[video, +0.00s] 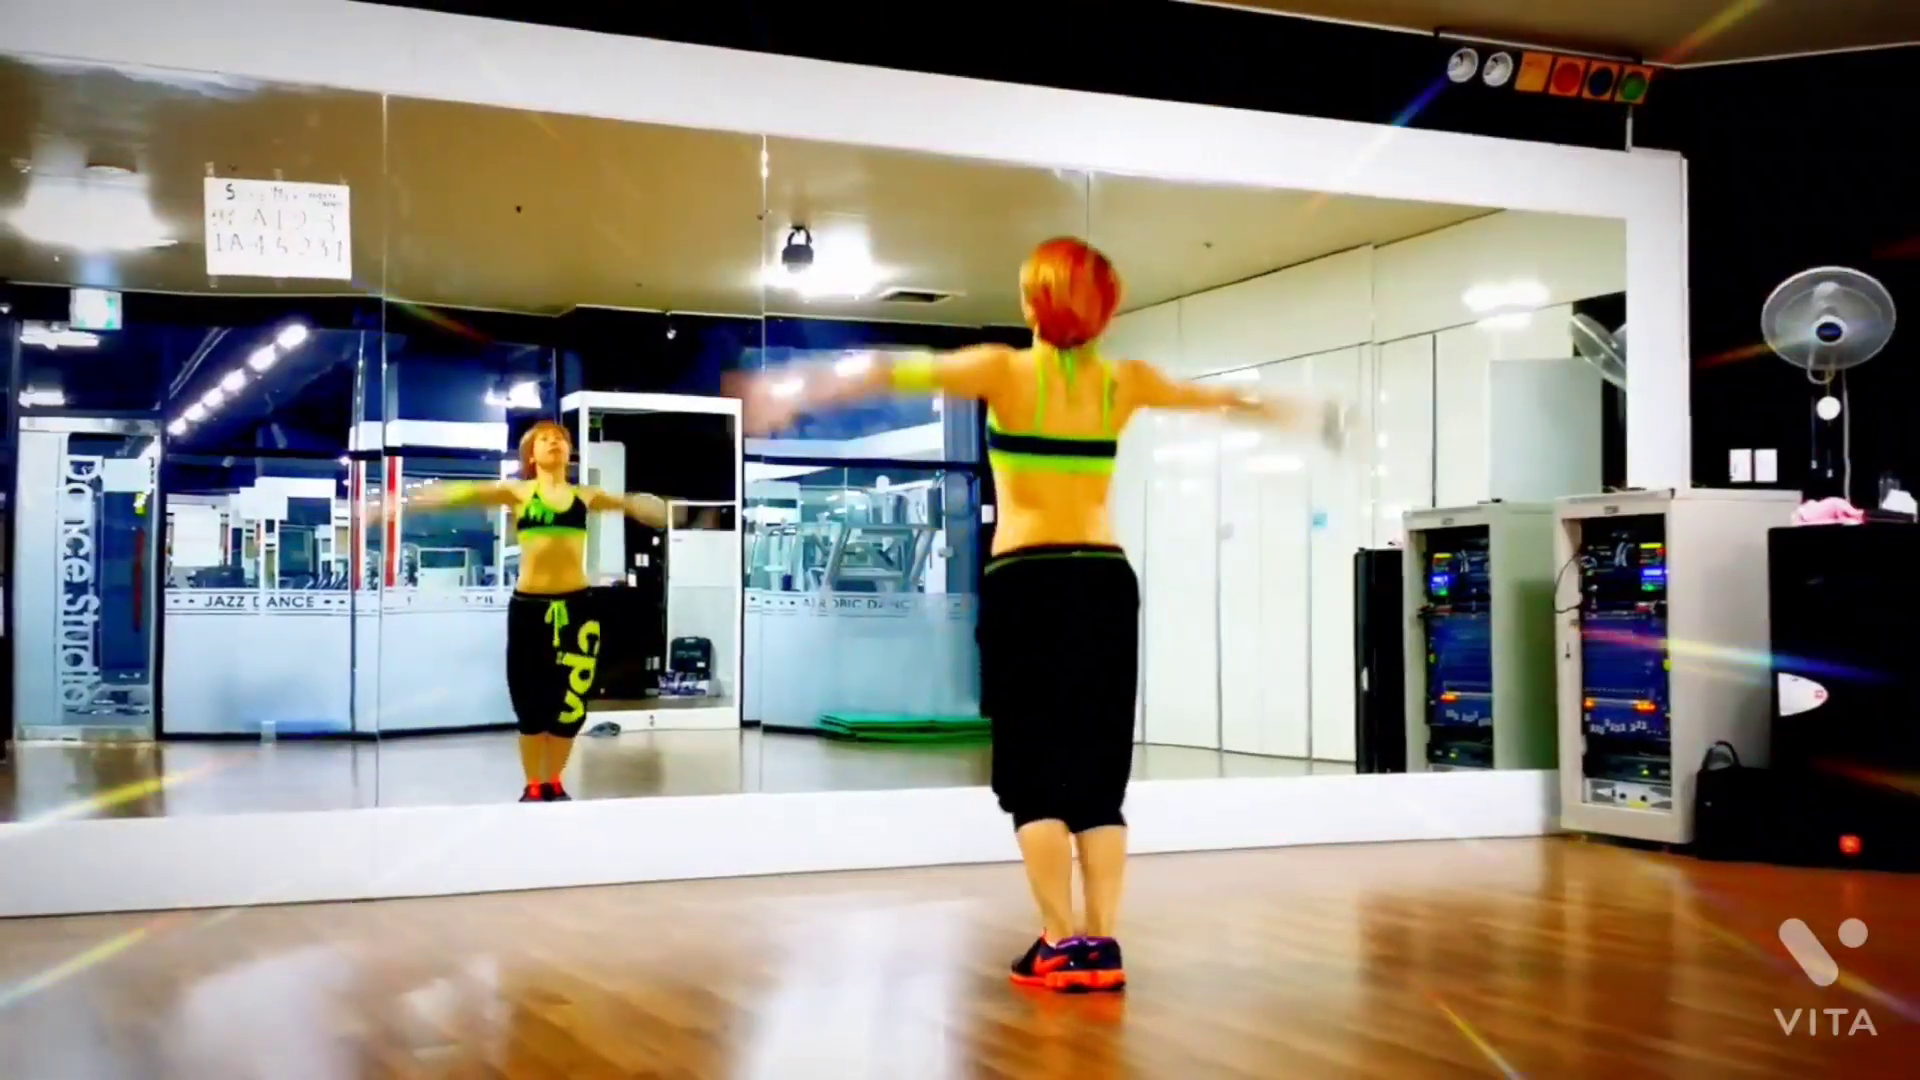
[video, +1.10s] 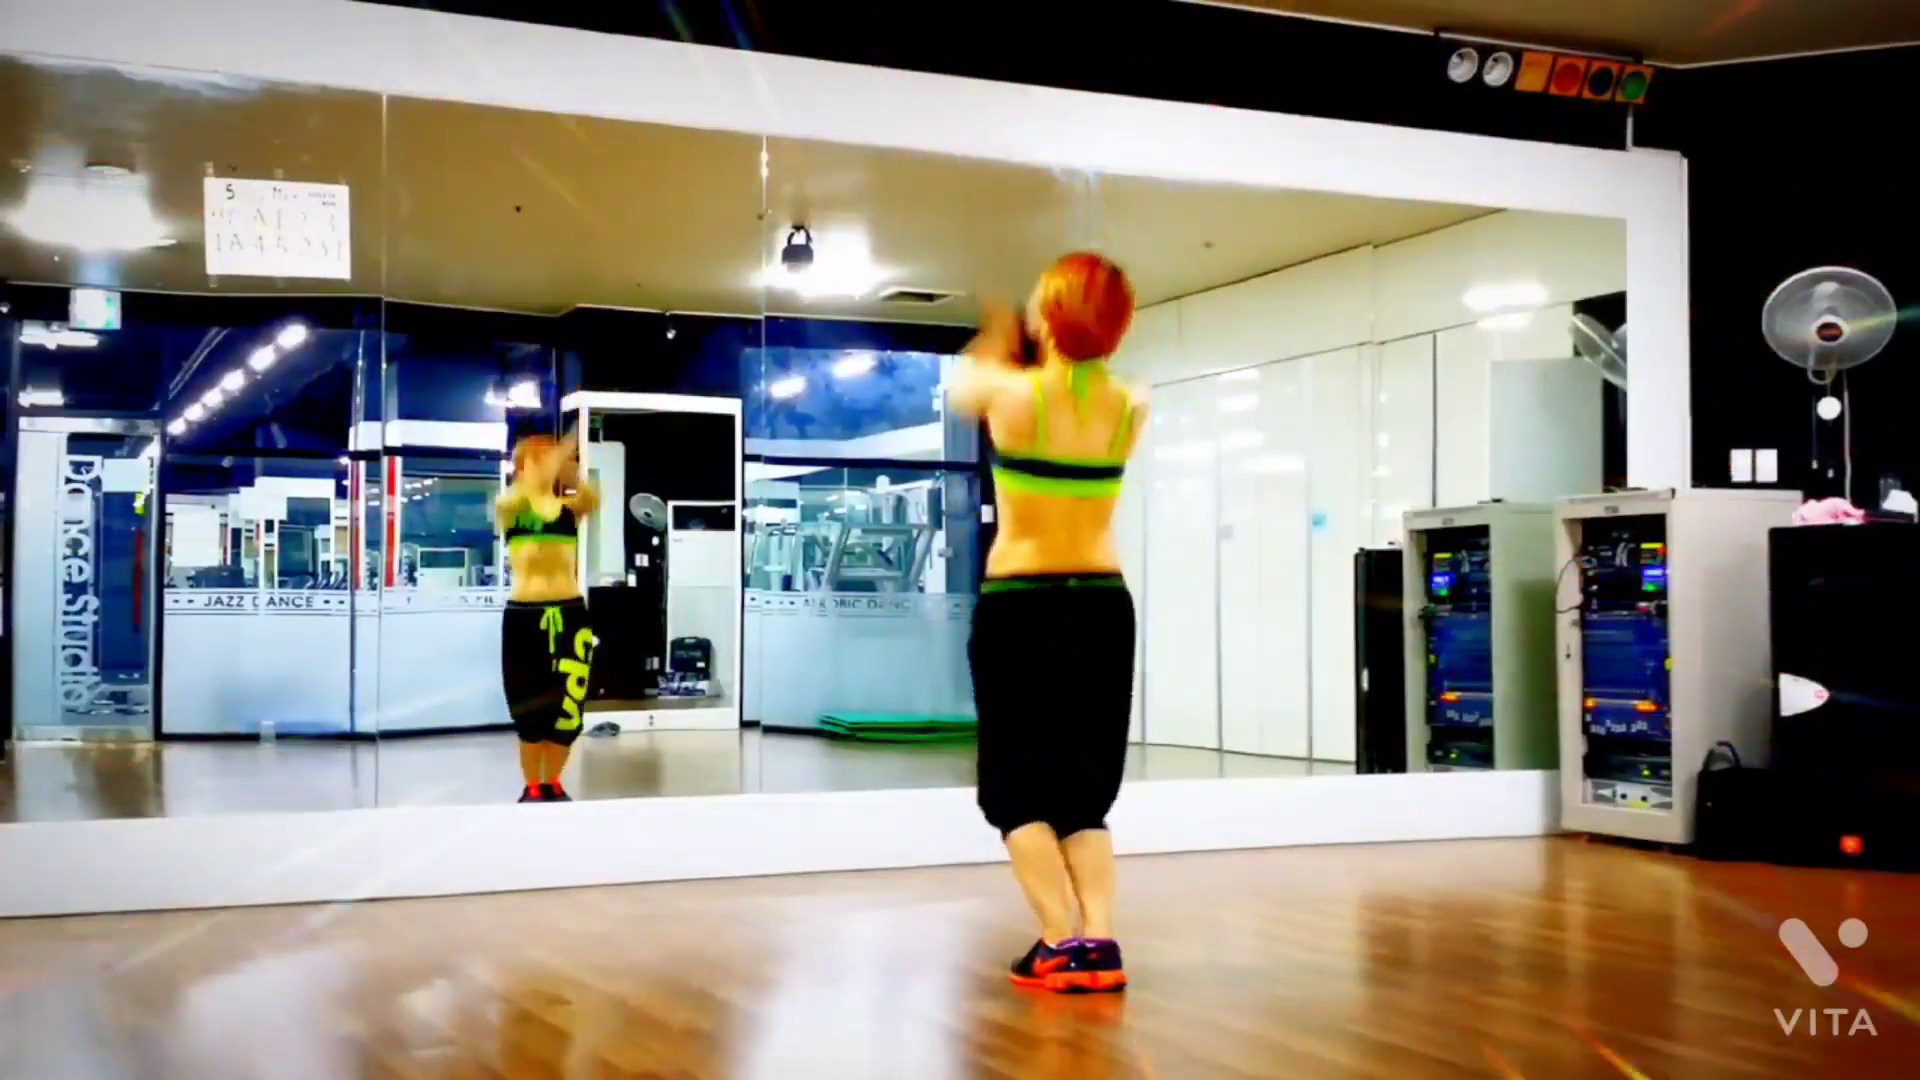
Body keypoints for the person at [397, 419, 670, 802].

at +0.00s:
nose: (554, 443)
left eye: (559, 438)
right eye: (545, 439)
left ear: (570, 450)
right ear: (530, 454)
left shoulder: (584, 495)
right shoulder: (517, 491)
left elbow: (627, 502)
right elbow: (463, 494)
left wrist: (656, 511)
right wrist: (408, 502)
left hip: (577, 604)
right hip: (530, 605)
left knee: (570, 702)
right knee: (531, 702)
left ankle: (553, 781)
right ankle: (533, 785)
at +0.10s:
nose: (554, 442)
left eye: (560, 437)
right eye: (546, 437)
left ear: (570, 449)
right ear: (531, 450)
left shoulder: (583, 487)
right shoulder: (519, 487)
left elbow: (629, 457)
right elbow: (470, 455)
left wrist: (672, 429)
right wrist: (416, 423)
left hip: (576, 603)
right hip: (528, 604)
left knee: (570, 701)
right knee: (529, 704)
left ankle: (554, 782)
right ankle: (532, 785)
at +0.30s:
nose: (554, 441)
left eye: (559, 436)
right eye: (545, 436)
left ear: (568, 447)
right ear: (527, 449)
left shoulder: (580, 483)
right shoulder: (518, 481)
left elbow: (601, 431)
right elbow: (486, 423)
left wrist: (625, 383)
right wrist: (456, 376)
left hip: (576, 602)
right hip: (528, 603)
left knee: (569, 701)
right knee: (526, 701)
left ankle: (552, 783)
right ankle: (531, 785)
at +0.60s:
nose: (548, 444)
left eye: (555, 439)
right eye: (540, 438)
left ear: (565, 447)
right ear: (528, 449)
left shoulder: (577, 482)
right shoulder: (517, 483)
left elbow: (575, 414)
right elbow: (518, 415)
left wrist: (563, 365)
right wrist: (524, 361)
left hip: (574, 600)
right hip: (527, 602)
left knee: (568, 702)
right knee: (527, 702)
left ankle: (553, 782)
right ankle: (531, 785)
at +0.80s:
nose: (545, 470)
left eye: (552, 464)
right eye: (533, 460)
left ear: (563, 466)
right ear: (518, 464)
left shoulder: (574, 501)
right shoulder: (509, 500)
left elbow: (558, 463)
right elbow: (535, 488)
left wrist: (561, 425)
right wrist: (560, 429)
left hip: (571, 615)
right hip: (524, 617)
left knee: (568, 712)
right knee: (531, 710)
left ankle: (552, 781)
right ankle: (532, 786)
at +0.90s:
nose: (544, 479)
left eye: (550, 473)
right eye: (535, 473)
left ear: (559, 480)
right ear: (521, 484)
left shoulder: (573, 522)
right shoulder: (509, 522)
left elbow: (579, 532)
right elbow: (533, 537)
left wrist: (567, 495)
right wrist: (561, 490)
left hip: (569, 627)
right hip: (524, 629)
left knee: (569, 723)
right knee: (532, 719)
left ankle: (550, 781)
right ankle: (532, 786)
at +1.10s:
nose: (542, 463)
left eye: (548, 454)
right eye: (534, 455)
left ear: (560, 459)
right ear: (521, 462)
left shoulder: (569, 503)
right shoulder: (509, 502)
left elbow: (588, 500)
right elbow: (510, 502)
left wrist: (580, 482)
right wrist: (556, 458)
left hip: (569, 610)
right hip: (523, 612)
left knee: (568, 706)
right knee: (529, 707)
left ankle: (552, 781)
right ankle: (532, 785)